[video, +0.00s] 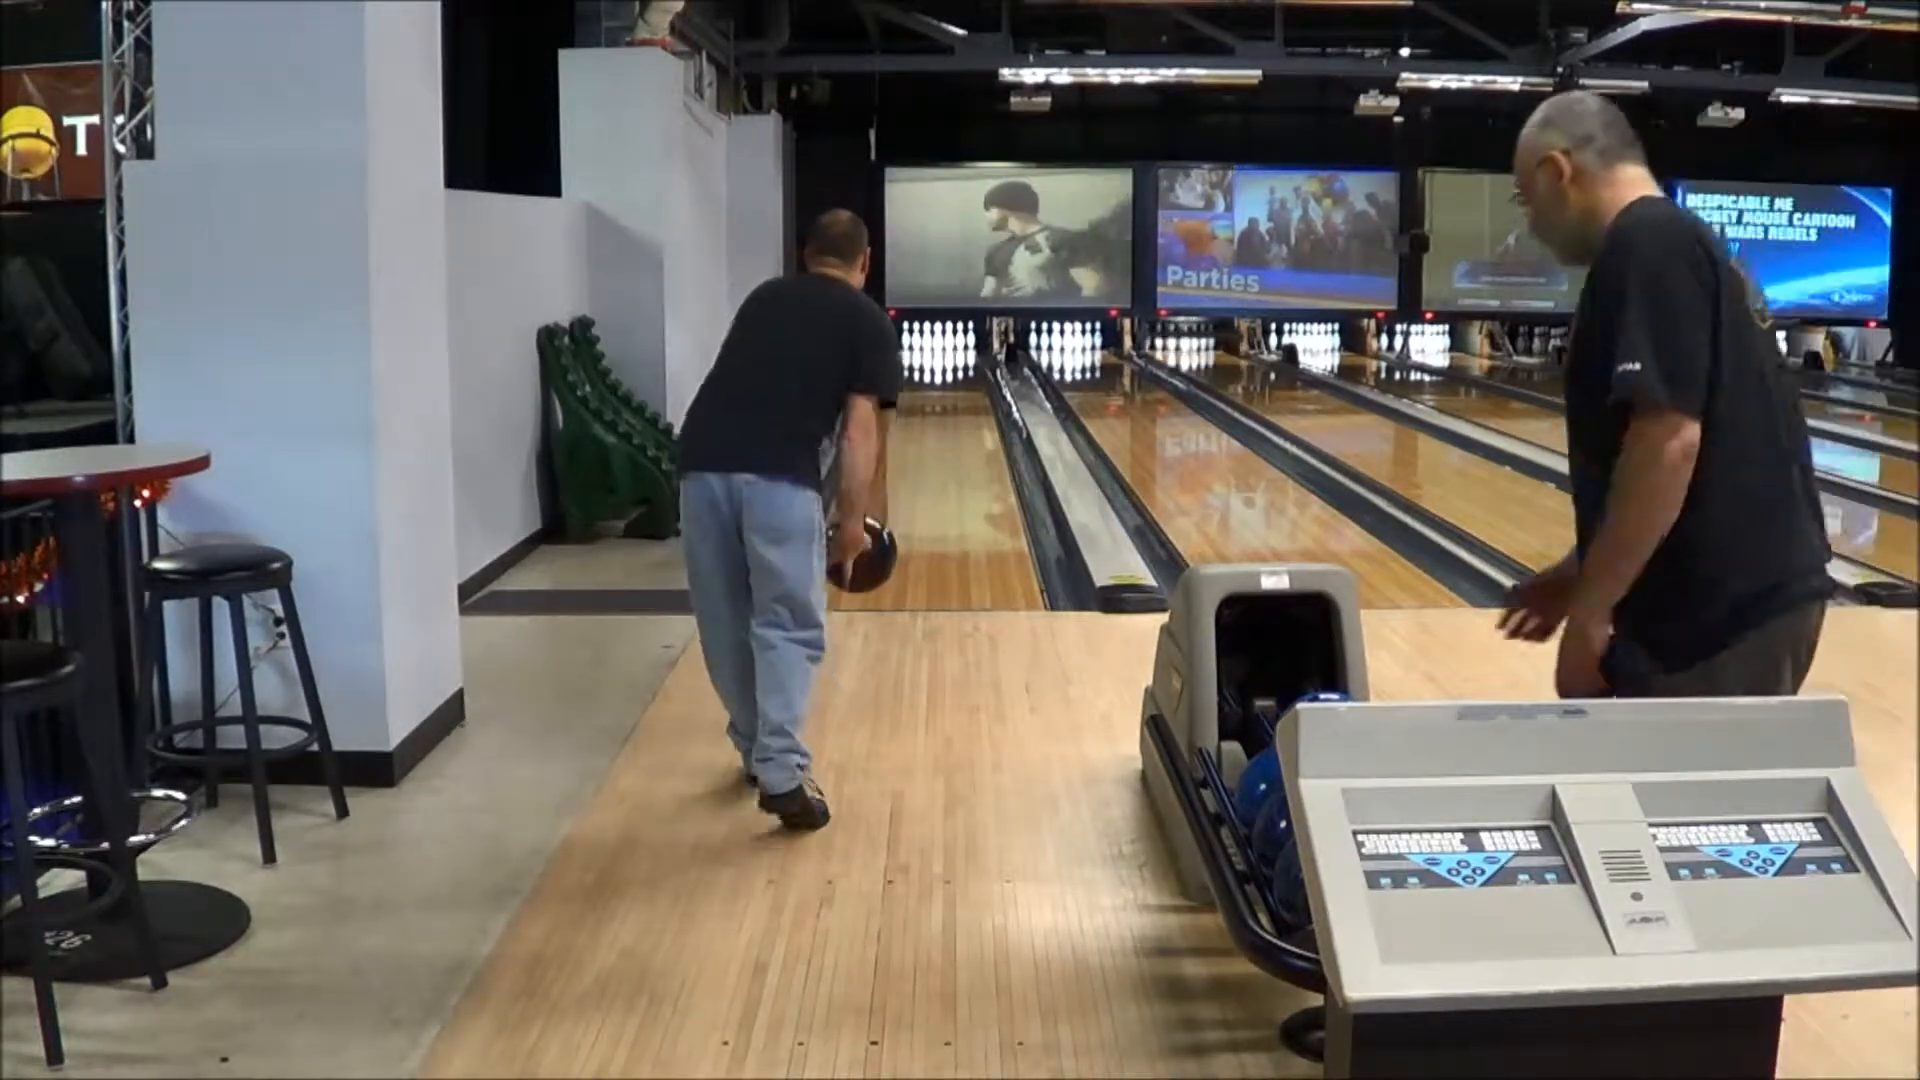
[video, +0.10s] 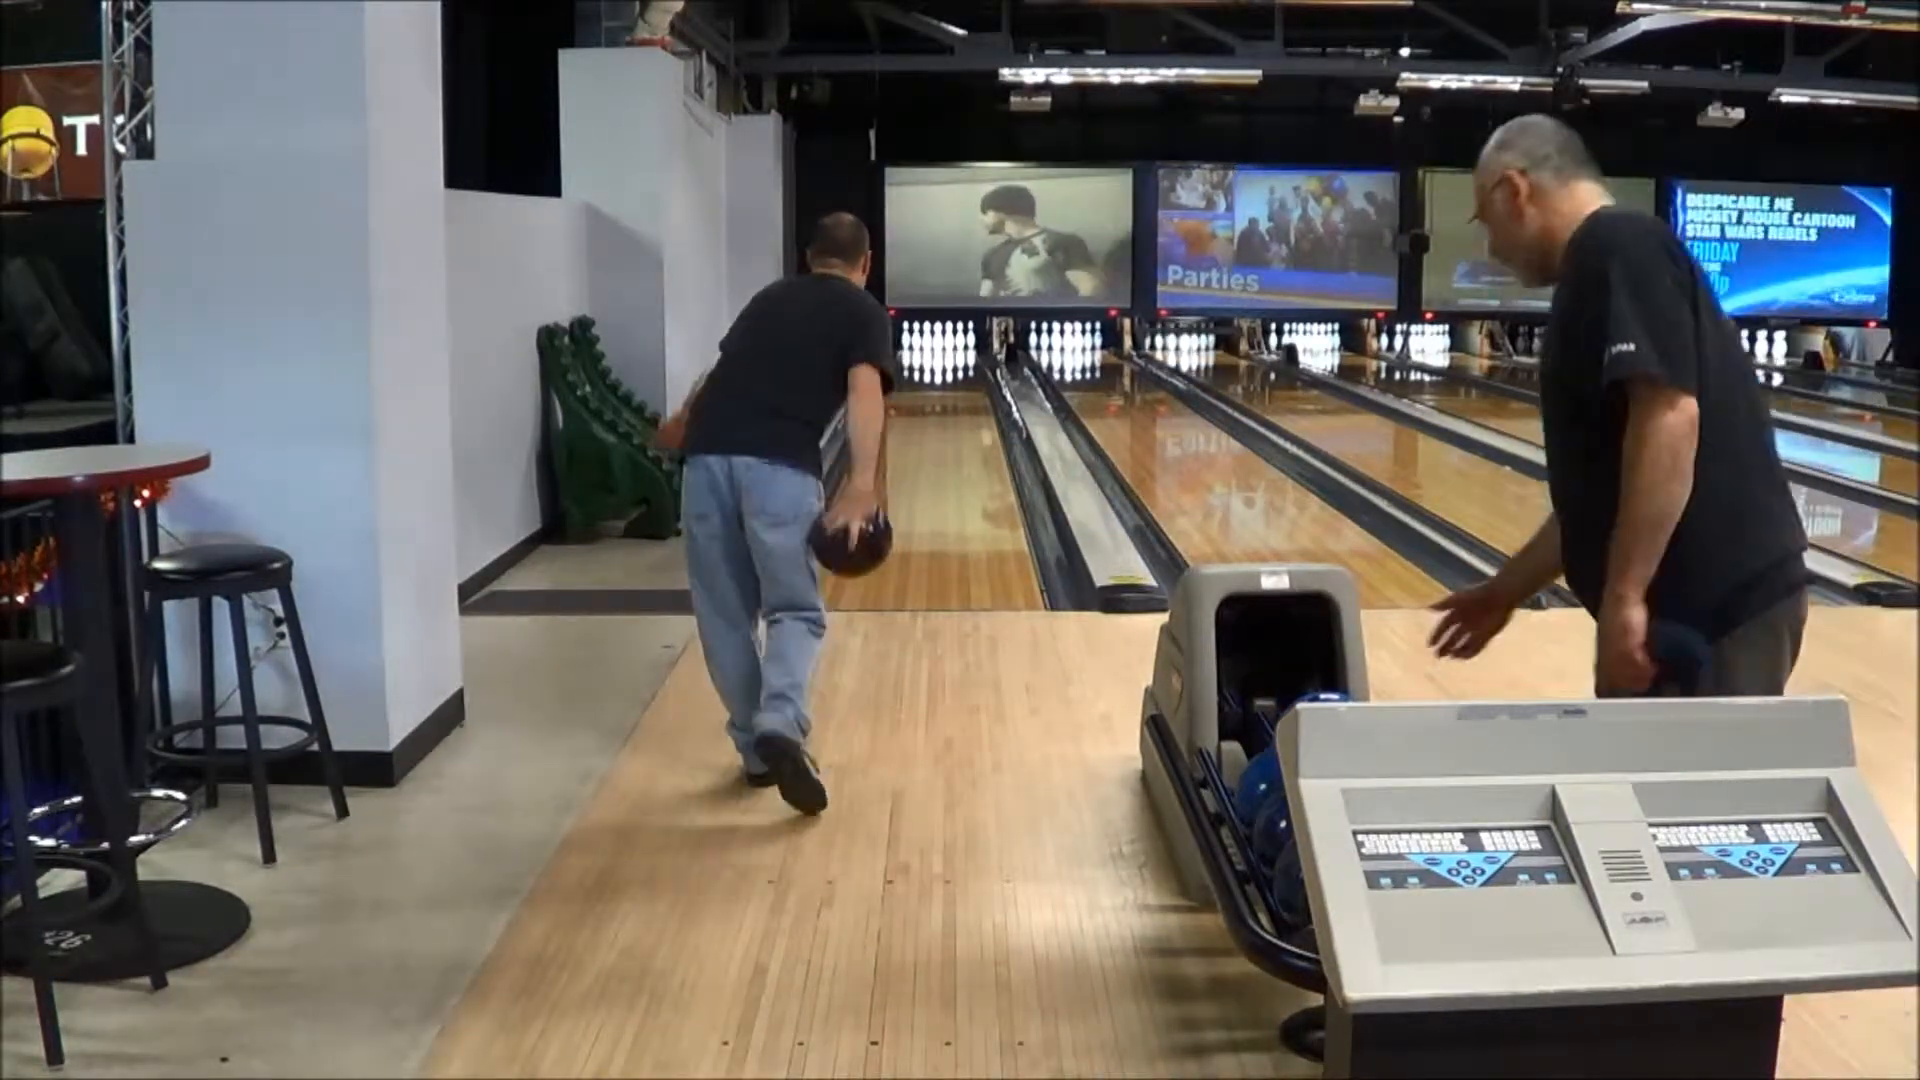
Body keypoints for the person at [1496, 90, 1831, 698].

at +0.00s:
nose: (1529, 222)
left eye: (1525, 197)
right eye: (1521, 202)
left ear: (1559, 172)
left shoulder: (1649, 242)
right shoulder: (1677, 240)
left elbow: (1666, 439)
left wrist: (1591, 611)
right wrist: (1576, 576)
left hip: (1714, 621)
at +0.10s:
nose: (1490, 247)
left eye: (1484, 220)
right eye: (1481, 226)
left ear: (1516, 192)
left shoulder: (1620, 243)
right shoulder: (1594, 276)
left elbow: (1668, 416)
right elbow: (1603, 482)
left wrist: (1625, 596)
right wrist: (1505, 590)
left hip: (1713, 610)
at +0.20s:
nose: (1445, 272)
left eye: (1439, 246)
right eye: (1436, 252)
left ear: (1469, 217)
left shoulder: (1583, 247)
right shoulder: (1540, 318)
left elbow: (1661, 384)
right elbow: (1547, 504)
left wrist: (1653, 562)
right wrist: (1444, 620)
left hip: (1716, 592)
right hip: (1636, 603)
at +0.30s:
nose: (1400, 305)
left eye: (1397, 281)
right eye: (1394, 289)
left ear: (1425, 249)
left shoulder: (1538, 253)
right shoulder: (1500, 378)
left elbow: (1641, 356)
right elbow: (1481, 545)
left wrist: (1664, 531)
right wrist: (1385, 668)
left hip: (1694, 577)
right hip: (1623, 596)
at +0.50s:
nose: (1340, 366)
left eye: (1334, 343)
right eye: (1333, 351)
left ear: (1361, 307)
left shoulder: (1476, 279)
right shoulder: (1440, 443)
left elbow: (1610, 341)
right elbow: (1415, 585)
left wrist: (1653, 493)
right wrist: (1330, 708)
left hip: (1696, 556)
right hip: (1607, 590)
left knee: (1682, 793)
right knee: (1570, 786)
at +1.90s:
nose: (1310, 356)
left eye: (1303, 331)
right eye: (1299, 342)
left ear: (1339, 284)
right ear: (1340, 288)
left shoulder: (1480, 271)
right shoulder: (1393, 424)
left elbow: (1636, 337)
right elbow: (1372, 576)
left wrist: (1599, 489)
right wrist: (1311, 715)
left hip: (1694, 540)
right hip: (1583, 568)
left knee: (1682, 777)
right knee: (1563, 773)